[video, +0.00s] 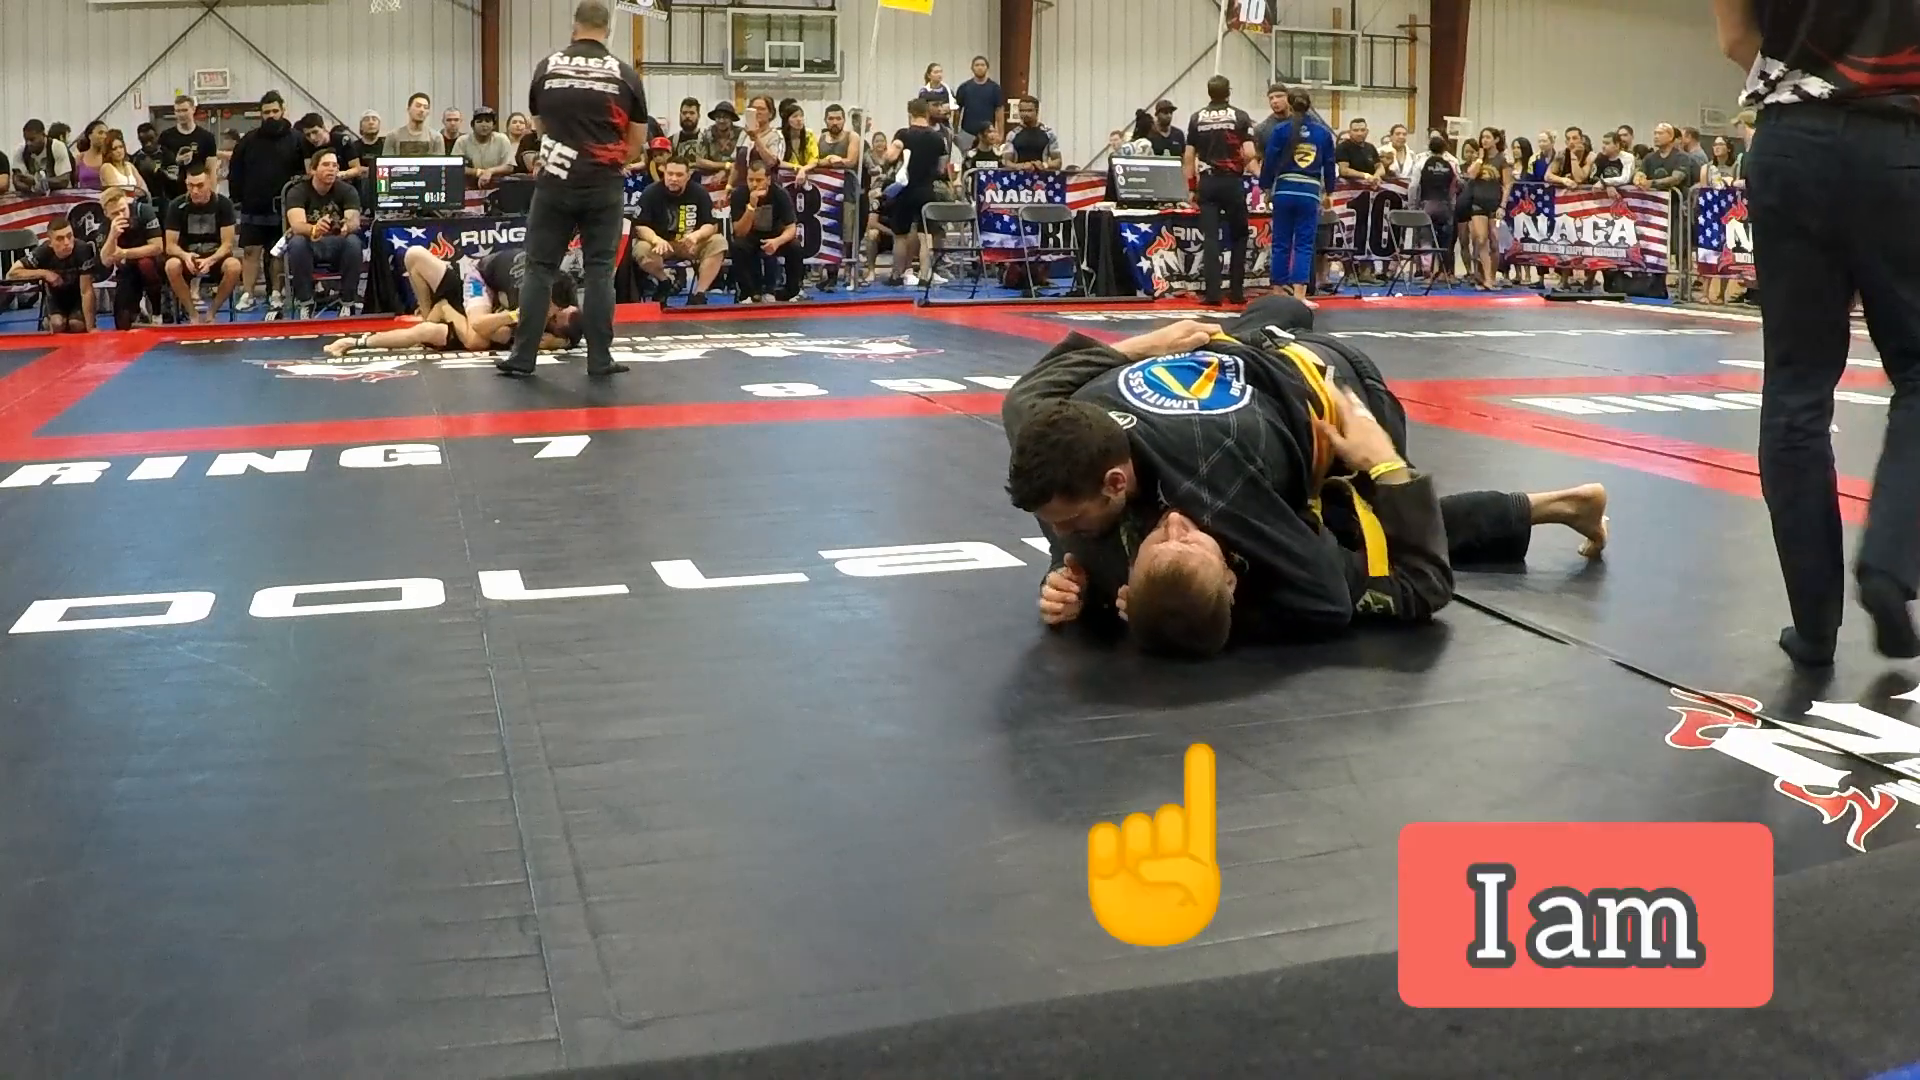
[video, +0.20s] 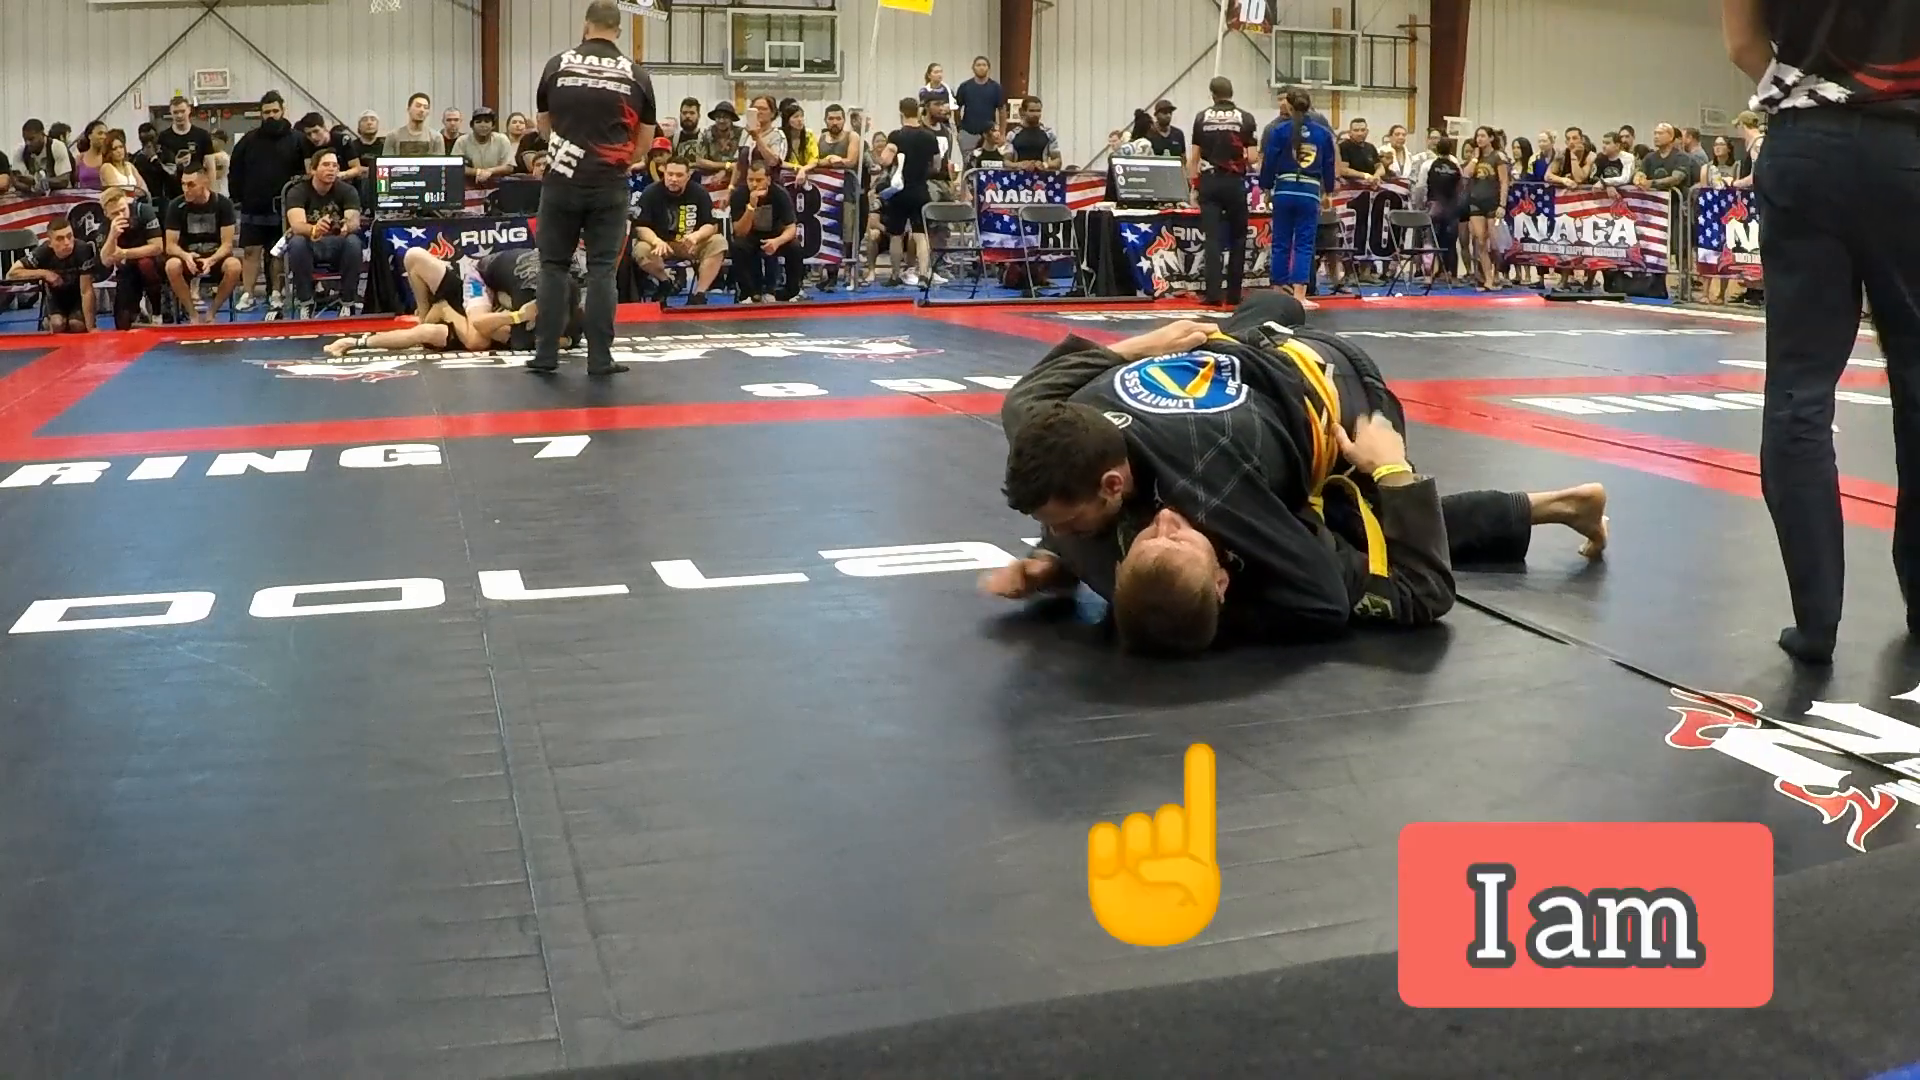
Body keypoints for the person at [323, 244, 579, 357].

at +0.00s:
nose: (557, 316)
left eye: (561, 320)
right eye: (560, 314)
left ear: (561, 332)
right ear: (559, 307)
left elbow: (475, 340)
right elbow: (482, 324)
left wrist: (450, 311)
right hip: (479, 282)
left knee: (426, 331)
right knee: (414, 254)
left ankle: (356, 343)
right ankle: (426, 317)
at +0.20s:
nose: (533, 311)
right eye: (536, 306)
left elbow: (476, 338)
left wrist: (450, 312)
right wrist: (517, 316)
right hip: (478, 282)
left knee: (427, 333)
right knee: (414, 256)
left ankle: (356, 343)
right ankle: (424, 314)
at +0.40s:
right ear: (549, 301)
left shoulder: (526, 332)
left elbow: (477, 339)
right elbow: (481, 318)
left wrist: (448, 311)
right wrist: (519, 313)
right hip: (474, 285)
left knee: (429, 333)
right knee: (414, 258)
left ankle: (356, 343)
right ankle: (424, 319)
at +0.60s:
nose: (559, 311)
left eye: (565, 310)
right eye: (560, 305)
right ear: (555, 299)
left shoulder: (535, 329)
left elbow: (477, 339)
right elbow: (479, 316)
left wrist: (448, 312)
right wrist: (520, 309)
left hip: (469, 326)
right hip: (474, 288)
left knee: (430, 335)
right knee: (414, 259)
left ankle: (355, 344)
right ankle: (423, 318)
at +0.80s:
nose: (559, 309)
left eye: (565, 309)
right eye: (560, 303)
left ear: (565, 315)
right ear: (556, 299)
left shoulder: (536, 331)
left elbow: (481, 319)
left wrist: (447, 312)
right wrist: (520, 308)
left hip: (469, 327)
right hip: (474, 292)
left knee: (431, 334)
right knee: (415, 258)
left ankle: (355, 344)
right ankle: (423, 318)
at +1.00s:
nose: (554, 308)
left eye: (560, 308)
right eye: (555, 303)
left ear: (566, 312)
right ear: (552, 299)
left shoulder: (542, 331)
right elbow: (481, 313)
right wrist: (521, 307)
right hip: (477, 296)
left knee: (429, 330)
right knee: (416, 255)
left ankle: (355, 343)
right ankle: (424, 317)